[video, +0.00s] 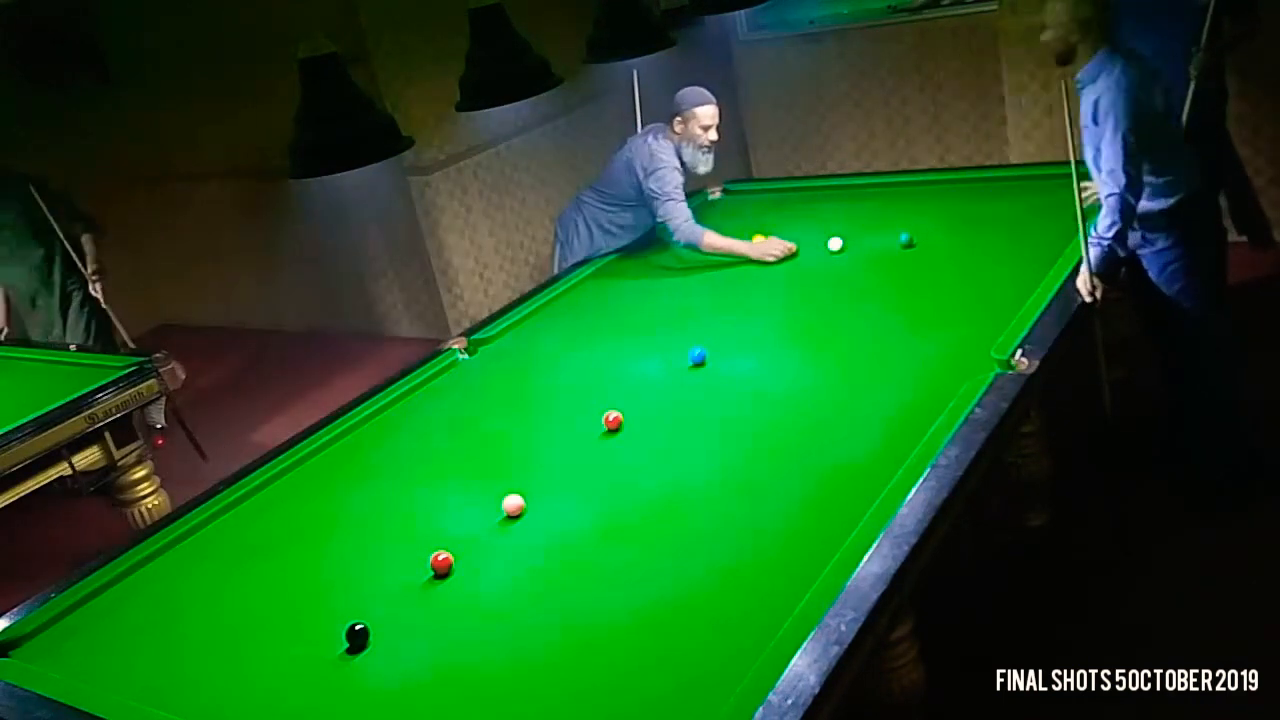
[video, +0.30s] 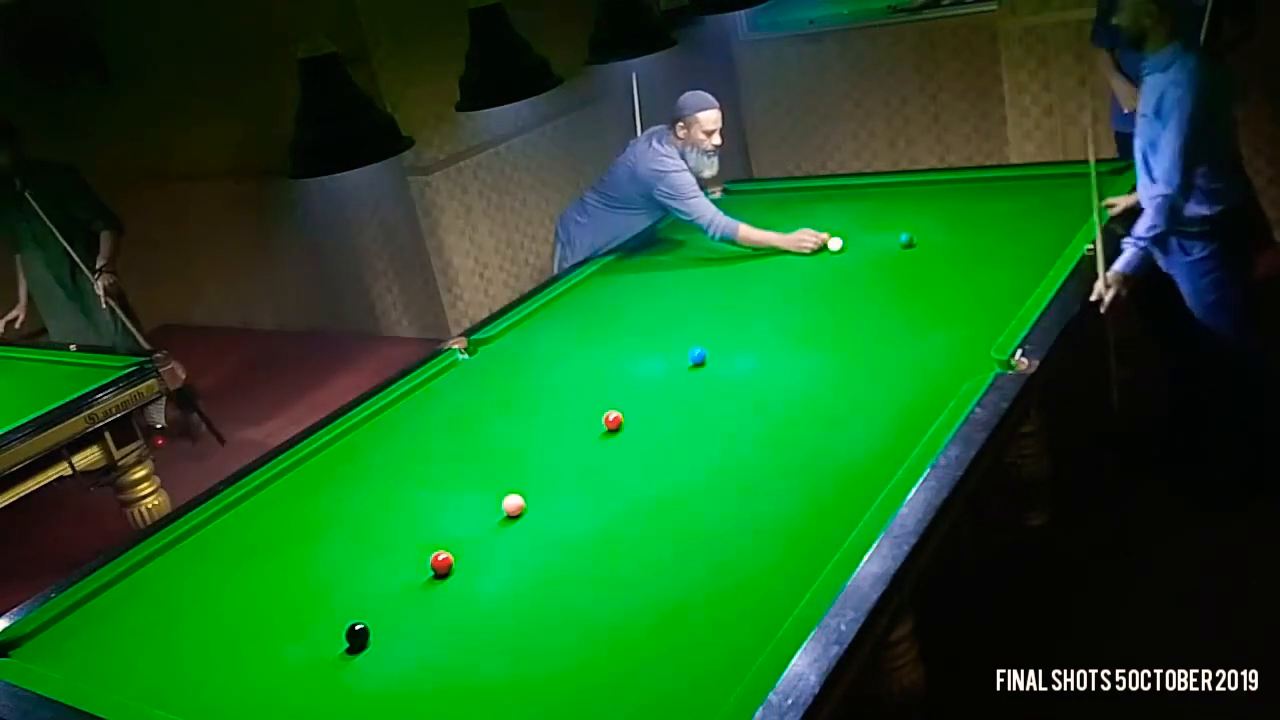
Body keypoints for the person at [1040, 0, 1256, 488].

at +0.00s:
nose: (1044, 39)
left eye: (1051, 28)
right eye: (1044, 29)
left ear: (1080, 29)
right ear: (1083, 29)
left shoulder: (1113, 85)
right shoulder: (1109, 75)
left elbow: (1119, 186)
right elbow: (1140, 154)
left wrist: (1095, 259)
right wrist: (1106, 182)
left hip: (1168, 237)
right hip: (1161, 233)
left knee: (1189, 359)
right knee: (1183, 356)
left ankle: (1211, 472)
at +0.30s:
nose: (1119, 21)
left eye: (1129, 11)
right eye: (1120, 12)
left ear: (1157, 16)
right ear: (1151, 20)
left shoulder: (1186, 78)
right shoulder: (1160, 73)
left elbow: (1170, 183)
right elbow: (1165, 152)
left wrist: (1126, 263)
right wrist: (1139, 192)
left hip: (1207, 243)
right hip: (1180, 236)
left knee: (1229, 362)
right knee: (1203, 357)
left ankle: (1241, 467)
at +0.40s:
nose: (1138, 15)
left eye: (1151, 7)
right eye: (1141, 7)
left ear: (1180, 12)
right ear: (1175, 14)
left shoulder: (1207, 78)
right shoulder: (1179, 71)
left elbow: (1197, 191)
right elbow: (1180, 158)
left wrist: (1148, 266)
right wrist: (1142, 199)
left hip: (1223, 245)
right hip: (1190, 238)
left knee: (1243, 368)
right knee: (1202, 364)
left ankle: (1248, 476)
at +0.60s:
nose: (1174, 12)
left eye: (1185, 5)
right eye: (1177, 6)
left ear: (1212, 9)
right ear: (1202, 15)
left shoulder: (1249, 73)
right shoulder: (1204, 66)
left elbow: (1250, 191)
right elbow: (1190, 150)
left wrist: (1196, 270)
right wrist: (1139, 195)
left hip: (1247, 243)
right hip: (1208, 234)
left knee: (1253, 365)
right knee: (1210, 357)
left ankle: (1252, 470)